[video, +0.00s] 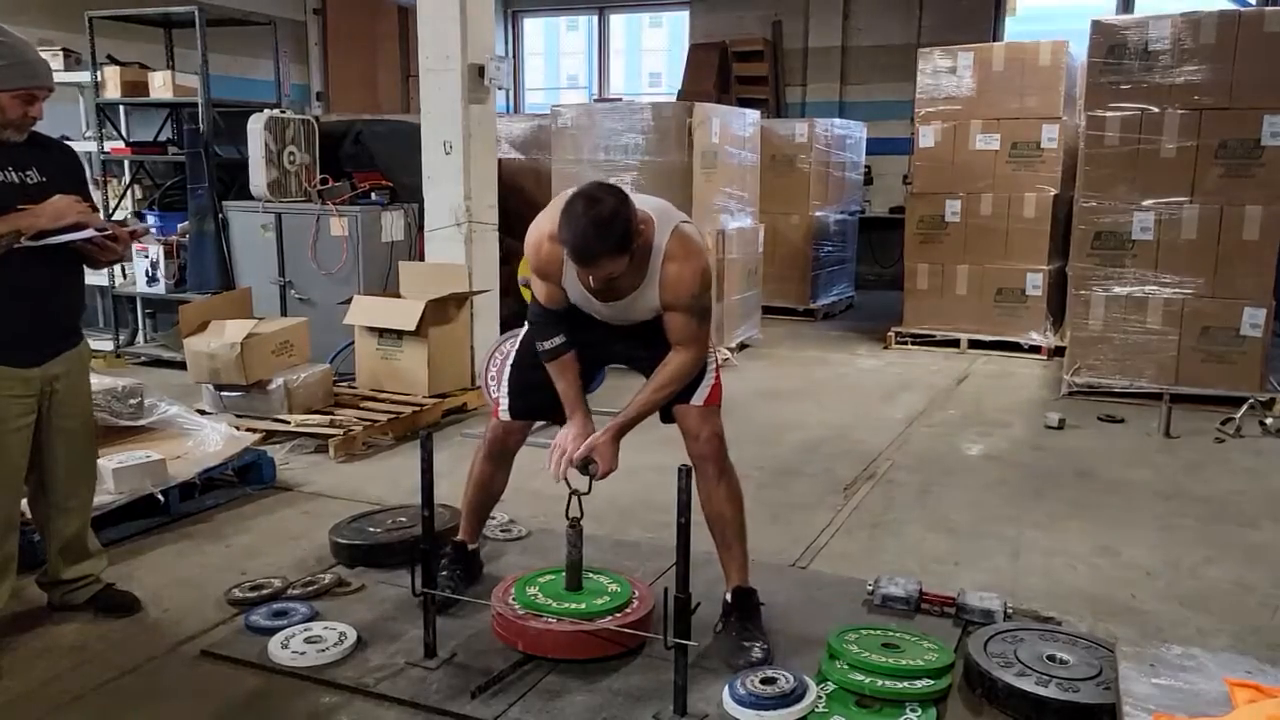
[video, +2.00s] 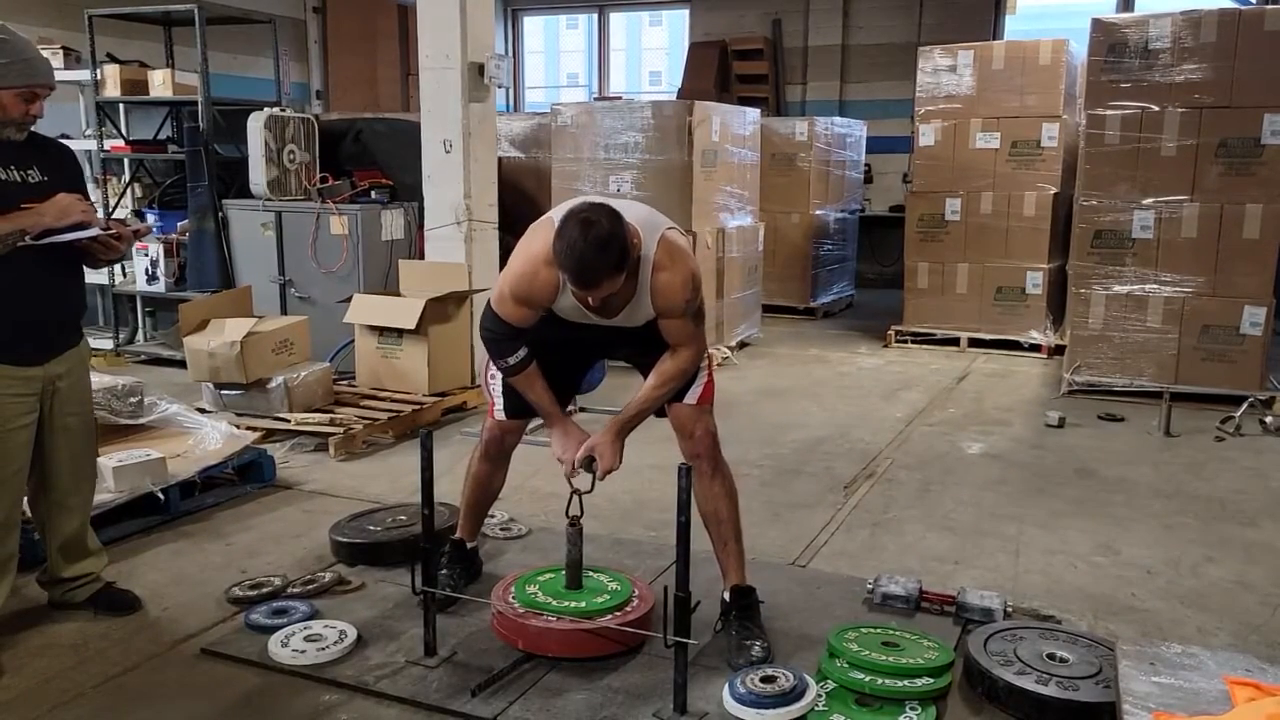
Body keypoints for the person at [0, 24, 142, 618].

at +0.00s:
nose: (36, 109)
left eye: (41, 98)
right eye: (25, 98)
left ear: (44, 95)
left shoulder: (60, 158)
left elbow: (87, 241)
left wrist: (108, 251)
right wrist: (37, 218)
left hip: (64, 348)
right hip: (6, 357)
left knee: (70, 474)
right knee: (7, 490)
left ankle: (74, 581)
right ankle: (5, 598)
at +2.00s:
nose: (37, 108)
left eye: (43, 96)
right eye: (26, 96)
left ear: (46, 92)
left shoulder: (58, 157)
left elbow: (80, 247)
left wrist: (107, 250)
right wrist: (39, 217)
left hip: (65, 347)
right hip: (6, 356)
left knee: (71, 474)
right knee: (6, 491)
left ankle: (74, 581)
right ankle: (0, 599)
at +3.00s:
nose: (39, 107)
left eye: (45, 96)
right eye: (28, 96)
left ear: (48, 92)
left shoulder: (60, 156)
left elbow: (84, 246)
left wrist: (110, 249)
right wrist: (38, 216)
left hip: (65, 346)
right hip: (7, 355)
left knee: (70, 474)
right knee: (7, 489)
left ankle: (74, 581)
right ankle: (0, 597)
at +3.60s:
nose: (38, 108)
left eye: (43, 96)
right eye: (27, 96)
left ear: (46, 92)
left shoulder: (58, 156)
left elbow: (82, 246)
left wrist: (109, 249)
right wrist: (37, 217)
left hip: (64, 347)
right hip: (5, 355)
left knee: (70, 474)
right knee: (6, 490)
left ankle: (74, 581)